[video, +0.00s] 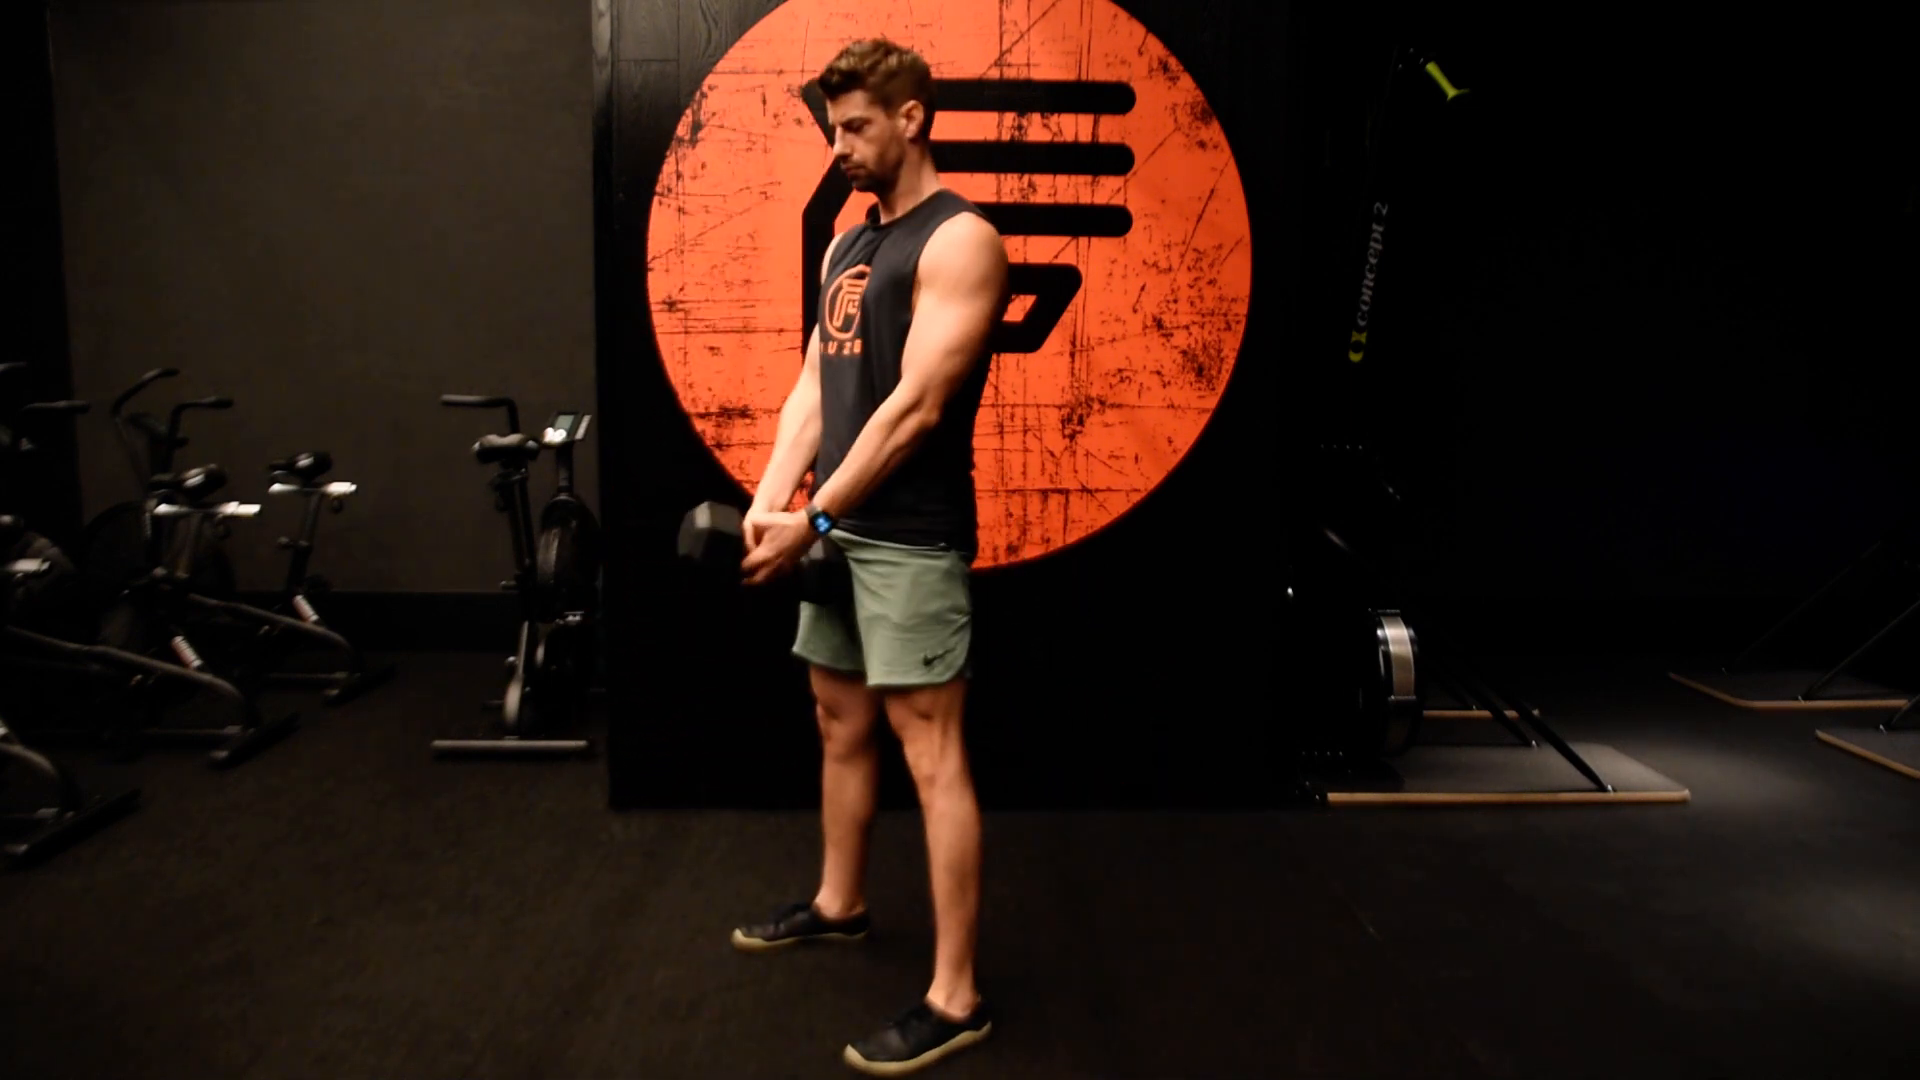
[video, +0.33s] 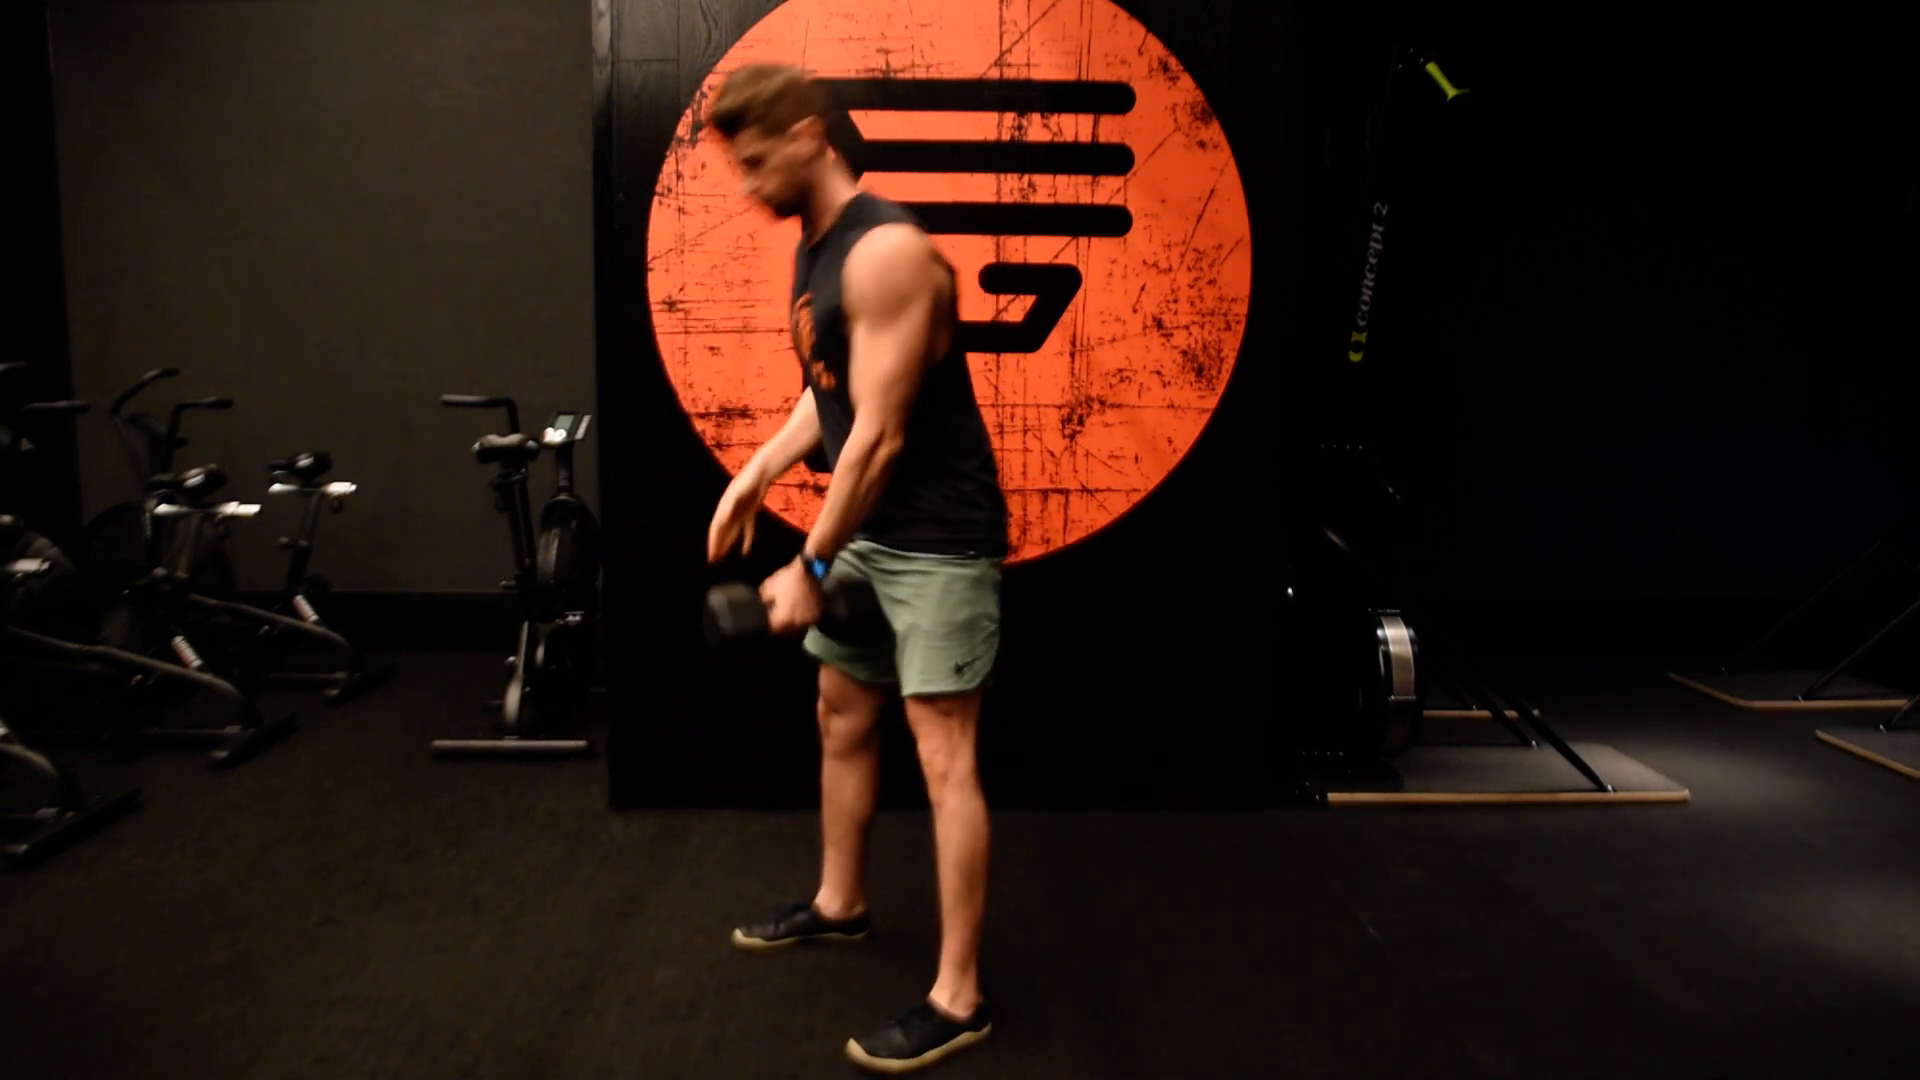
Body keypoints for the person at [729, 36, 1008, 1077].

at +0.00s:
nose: (845, 147)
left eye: (857, 127)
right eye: (835, 132)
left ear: (913, 116)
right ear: (839, 133)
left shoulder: (963, 238)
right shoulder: (848, 243)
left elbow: (920, 406)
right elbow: (816, 388)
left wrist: (811, 517)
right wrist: (775, 494)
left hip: (913, 538)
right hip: (834, 528)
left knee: (931, 750)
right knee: (841, 722)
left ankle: (956, 995)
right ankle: (838, 903)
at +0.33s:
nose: (744, 183)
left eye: (753, 161)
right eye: (737, 164)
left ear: (808, 138)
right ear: (791, 150)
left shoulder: (890, 253)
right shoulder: (821, 250)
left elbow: (880, 435)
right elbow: (834, 402)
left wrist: (811, 564)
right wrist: (751, 476)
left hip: (936, 542)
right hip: (858, 535)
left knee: (946, 756)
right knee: (844, 722)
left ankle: (958, 992)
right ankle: (838, 903)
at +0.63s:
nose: (625, 456)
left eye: (623, 433)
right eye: (613, 440)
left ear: (664, 391)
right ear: (662, 388)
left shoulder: (797, 456)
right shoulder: (730, 427)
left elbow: (838, 635)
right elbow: (769, 555)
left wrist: (819, 776)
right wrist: (746, 695)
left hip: (990, 557)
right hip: (895, 562)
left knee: (937, 758)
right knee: (815, 713)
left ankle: (959, 1000)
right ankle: (837, 904)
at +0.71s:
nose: (626, 548)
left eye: (619, 528)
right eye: (613, 535)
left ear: (647, 479)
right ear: (646, 471)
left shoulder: (787, 531)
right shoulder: (721, 492)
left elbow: (829, 706)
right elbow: (749, 622)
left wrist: (823, 852)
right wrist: (740, 761)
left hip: (992, 570)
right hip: (895, 578)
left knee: (924, 766)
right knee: (798, 706)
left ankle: (958, 1005)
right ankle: (832, 899)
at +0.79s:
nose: (626, 618)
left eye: (622, 600)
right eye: (614, 607)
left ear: (645, 552)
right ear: (642, 547)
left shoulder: (779, 590)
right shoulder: (710, 542)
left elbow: (821, 773)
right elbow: (729, 682)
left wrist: (820, 917)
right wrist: (731, 823)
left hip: (988, 589)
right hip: (897, 599)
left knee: (906, 776)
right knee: (784, 711)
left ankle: (958, 1003)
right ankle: (840, 901)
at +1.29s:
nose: (668, 751)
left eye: (658, 740)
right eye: (657, 748)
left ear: (667, 702)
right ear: (663, 682)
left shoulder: (759, 670)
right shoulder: (690, 648)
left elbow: (817, 845)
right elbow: (714, 793)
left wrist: (829, 980)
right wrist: (717, 924)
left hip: (966, 517)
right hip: (891, 533)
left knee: (966, 750)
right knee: (851, 705)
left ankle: (1124, 889)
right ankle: (966, 813)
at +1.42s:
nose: (631, 768)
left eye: (617, 760)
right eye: (615, 765)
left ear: (634, 719)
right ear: (627, 703)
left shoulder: (742, 691)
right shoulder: (676, 665)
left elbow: (815, 844)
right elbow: (712, 804)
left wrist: (831, 982)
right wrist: (721, 925)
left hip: (970, 581)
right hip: (901, 601)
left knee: (1080, 785)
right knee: (942, 725)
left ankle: (1270, 803)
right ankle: (1070, 733)